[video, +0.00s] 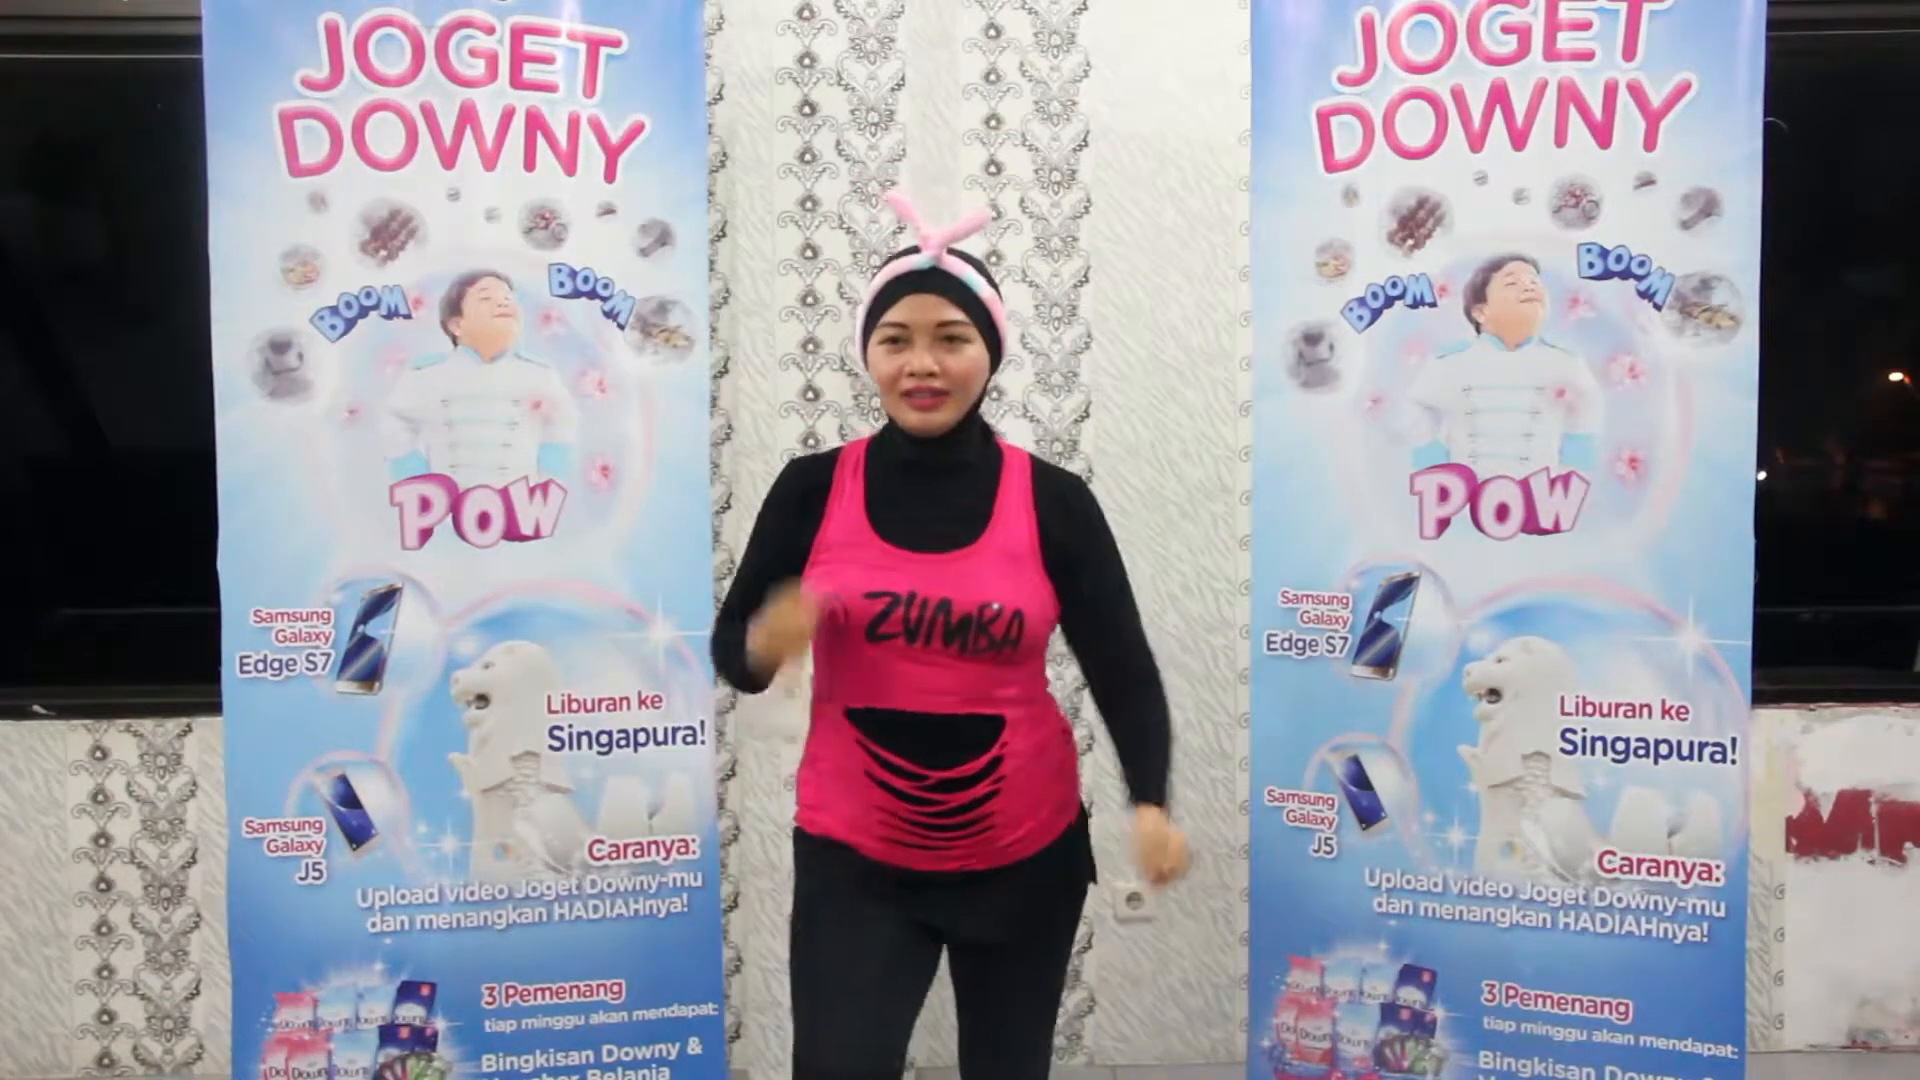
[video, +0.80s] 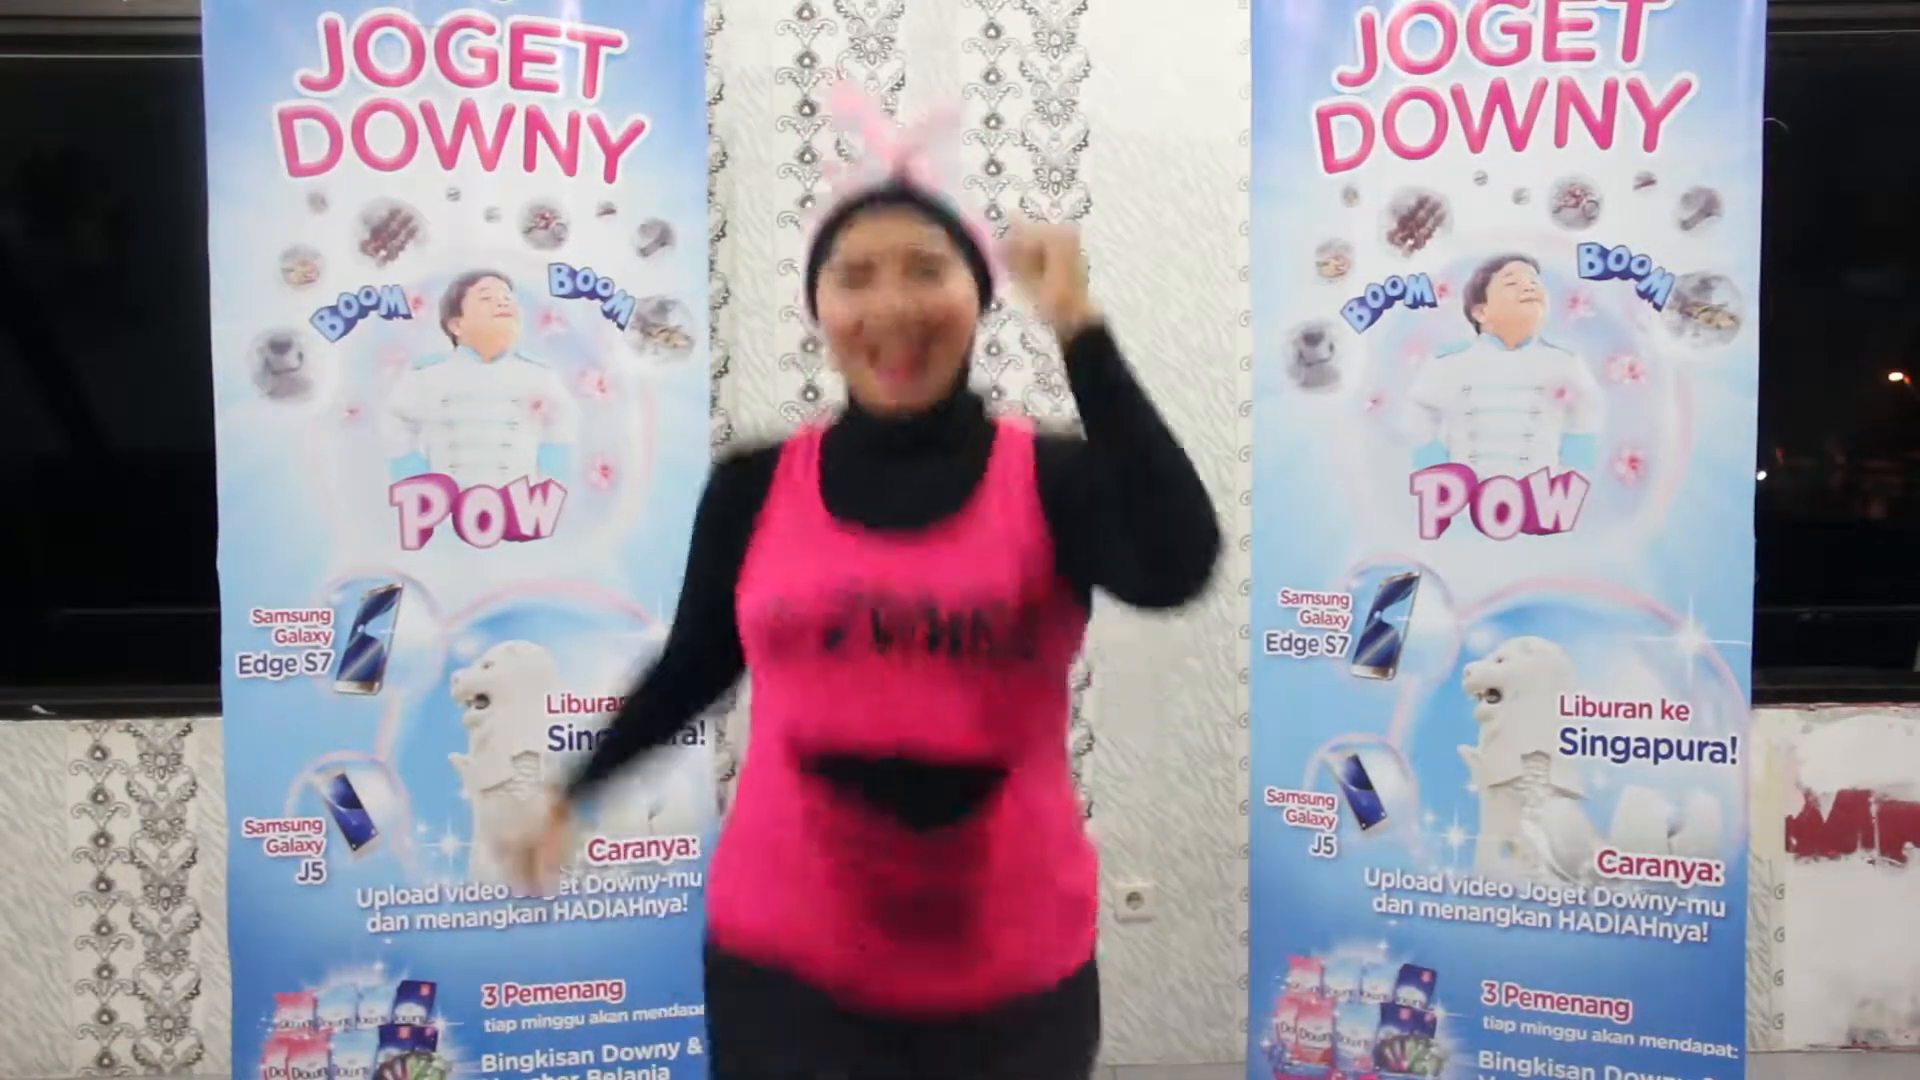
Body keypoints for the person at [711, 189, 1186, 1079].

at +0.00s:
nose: (922, 362)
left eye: (950, 339)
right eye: (898, 340)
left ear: (990, 358)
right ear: (868, 358)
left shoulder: (1054, 503)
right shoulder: (814, 489)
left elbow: (1121, 664)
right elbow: (734, 659)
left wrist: (1148, 798)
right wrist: (770, 635)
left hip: (1021, 858)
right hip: (856, 855)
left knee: (1009, 1068)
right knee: (836, 1065)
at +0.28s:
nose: (857, 338)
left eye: (887, 316)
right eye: (831, 317)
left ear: (934, 343)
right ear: (804, 344)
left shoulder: (1016, 487)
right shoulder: (763, 505)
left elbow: (1073, 661)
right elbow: (776, 639)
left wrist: (1040, 719)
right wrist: (804, 494)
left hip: (990, 903)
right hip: (816, 903)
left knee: (971, 1064)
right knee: (827, 1064)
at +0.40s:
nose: (853, 303)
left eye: (883, 279)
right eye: (823, 284)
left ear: (931, 310)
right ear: (794, 322)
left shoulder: (1009, 459)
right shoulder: (751, 469)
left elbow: (1096, 661)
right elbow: (752, 562)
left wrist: (1057, 608)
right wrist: (825, 617)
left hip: (982, 887)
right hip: (809, 891)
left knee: (941, 1060)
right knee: (823, 1063)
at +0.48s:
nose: (860, 312)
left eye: (891, 286)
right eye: (828, 289)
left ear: (937, 313)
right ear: (796, 323)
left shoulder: (1005, 472)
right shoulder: (747, 477)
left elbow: (1125, 673)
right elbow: (771, 642)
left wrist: (1075, 549)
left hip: (988, 910)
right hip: (812, 917)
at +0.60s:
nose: (881, 373)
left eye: (913, 341)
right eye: (847, 344)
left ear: (960, 366)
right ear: (810, 372)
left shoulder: (1029, 543)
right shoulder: (743, 556)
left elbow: (1173, 704)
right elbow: (710, 804)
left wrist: (1082, 505)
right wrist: (720, 1031)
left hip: (1005, 1011)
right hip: (805, 1015)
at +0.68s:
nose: (894, 378)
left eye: (927, 345)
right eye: (858, 351)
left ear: (975, 372)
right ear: (817, 384)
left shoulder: (1055, 551)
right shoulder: (751, 570)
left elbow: (1193, 662)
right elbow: (688, 800)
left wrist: (1087, 481)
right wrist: (627, 1025)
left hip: (1017, 1036)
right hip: (798, 1034)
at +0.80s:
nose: (893, 303)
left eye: (924, 270)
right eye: (856, 276)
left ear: (979, 300)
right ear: (817, 315)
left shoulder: (1050, 473)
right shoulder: (754, 491)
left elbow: (1176, 561)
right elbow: (697, 664)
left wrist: (1080, 331)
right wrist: (571, 791)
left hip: (1009, 970)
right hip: (798, 962)